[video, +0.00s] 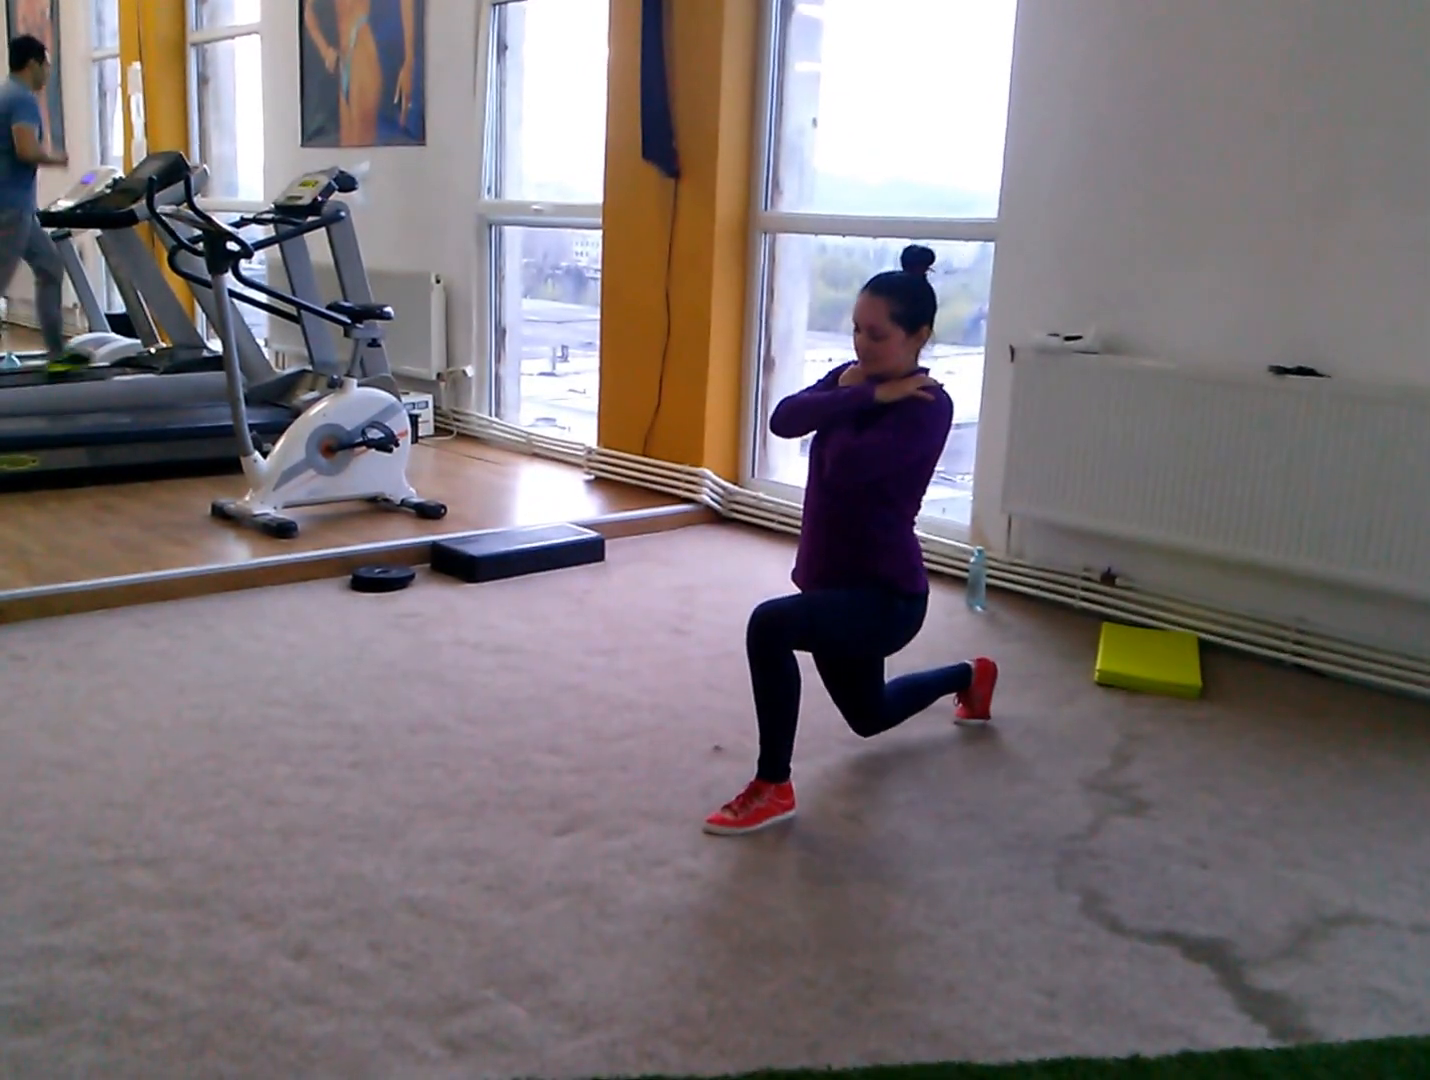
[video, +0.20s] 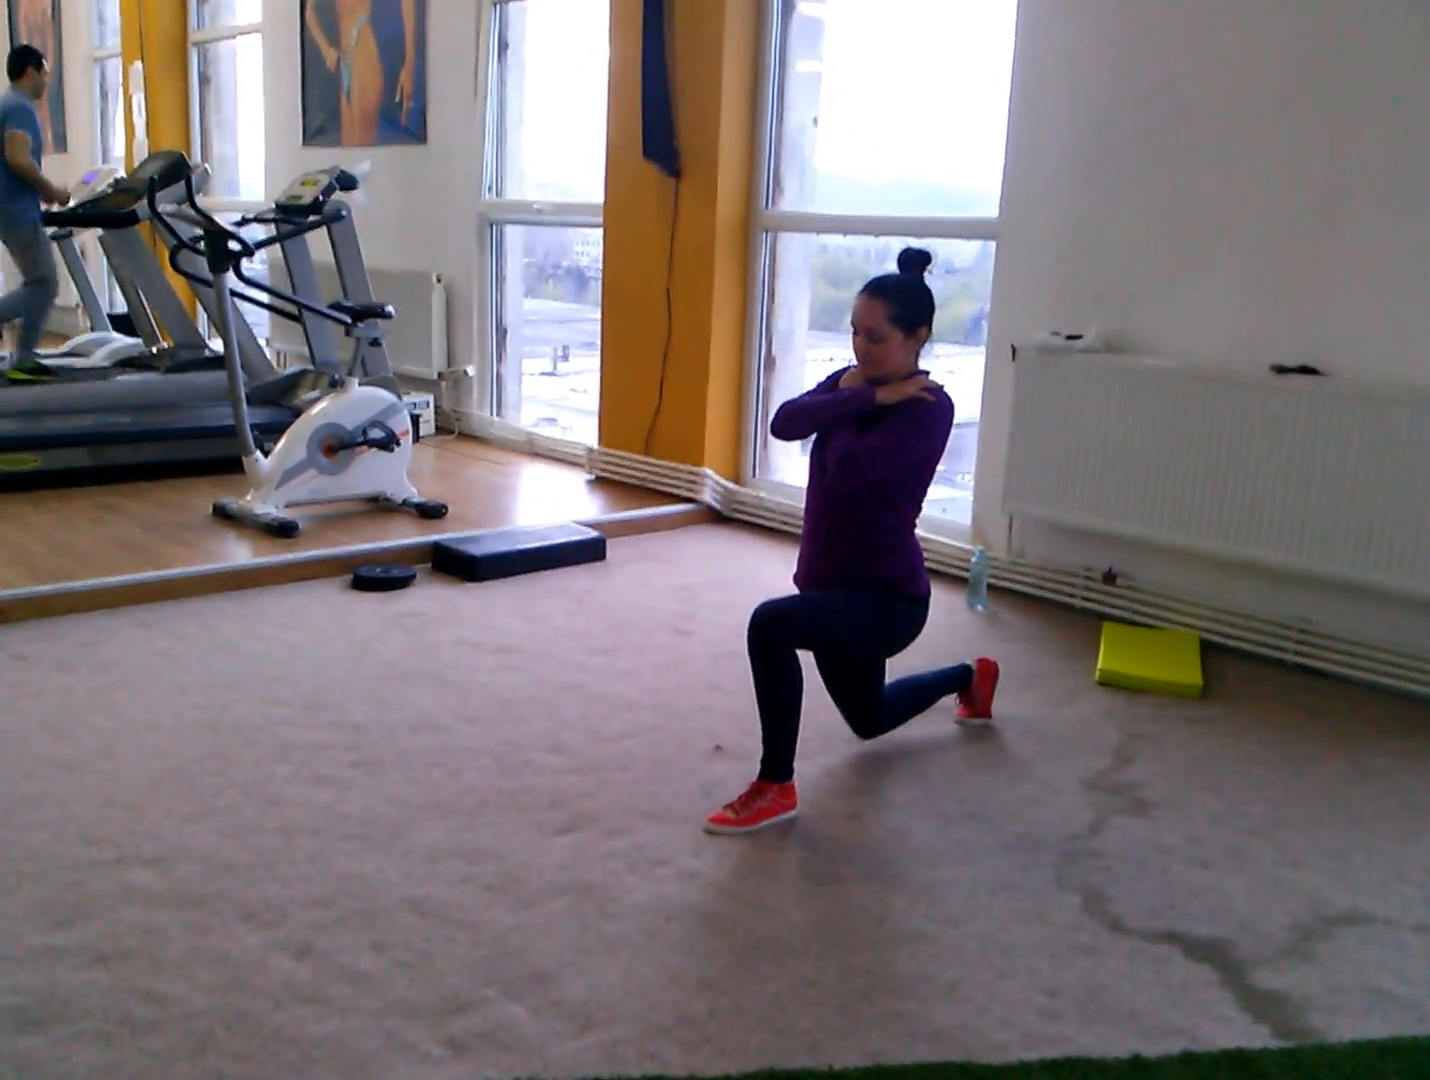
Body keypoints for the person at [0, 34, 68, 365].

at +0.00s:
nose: (47, 72)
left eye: (47, 64)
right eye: (45, 64)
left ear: (20, 65)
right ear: (32, 64)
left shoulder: (11, 95)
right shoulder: (20, 99)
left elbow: (22, 149)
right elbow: (26, 150)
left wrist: (48, 155)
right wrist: (56, 158)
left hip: (16, 210)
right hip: (12, 211)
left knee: (50, 268)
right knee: (1, 285)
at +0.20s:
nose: (47, 79)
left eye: (46, 72)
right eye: (43, 72)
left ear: (21, 74)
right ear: (30, 72)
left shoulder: (14, 106)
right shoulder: (19, 109)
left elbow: (16, 161)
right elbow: (17, 159)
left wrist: (45, 189)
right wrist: (50, 188)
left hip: (17, 210)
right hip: (15, 211)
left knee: (41, 283)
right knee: (43, 283)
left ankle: (25, 357)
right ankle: (23, 358)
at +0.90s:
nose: (59, 75)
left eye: (59, 68)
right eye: (57, 68)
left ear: (29, 69)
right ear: (45, 68)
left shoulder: (14, 99)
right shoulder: (38, 102)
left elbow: (25, 152)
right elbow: (38, 151)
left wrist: (59, 161)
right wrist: (67, 165)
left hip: (20, 205)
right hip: (29, 207)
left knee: (63, 278)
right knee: (46, 279)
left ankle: (57, 356)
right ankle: (2, 309)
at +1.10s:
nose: (65, 73)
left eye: (65, 66)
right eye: (62, 65)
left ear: (40, 65)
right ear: (49, 65)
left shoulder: (35, 99)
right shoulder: (30, 98)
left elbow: (39, 159)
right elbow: (15, 143)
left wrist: (75, 159)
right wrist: (52, 172)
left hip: (20, 208)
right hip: (33, 207)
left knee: (15, 281)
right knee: (82, 265)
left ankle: (2, 344)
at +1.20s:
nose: (70, 68)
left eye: (70, 61)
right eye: (66, 61)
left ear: (45, 61)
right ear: (51, 59)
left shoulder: (40, 94)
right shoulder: (32, 92)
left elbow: (42, 149)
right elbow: (12, 137)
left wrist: (76, 144)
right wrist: (53, 170)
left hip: (26, 201)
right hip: (39, 201)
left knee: (12, 277)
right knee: (76, 275)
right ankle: (93, 354)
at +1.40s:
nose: (76, 81)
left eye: (76, 74)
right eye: (74, 74)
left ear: (49, 75)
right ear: (60, 74)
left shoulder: (31, 106)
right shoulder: (47, 112)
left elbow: (33, 167)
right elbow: (50, 168)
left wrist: (72, 184)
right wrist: (83, 189)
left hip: (30, 209)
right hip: (41, 211)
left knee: (69, 278)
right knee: (71, 278)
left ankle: (19, 333)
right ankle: (29, 356)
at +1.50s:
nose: (77, 75)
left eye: (76, 68)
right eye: (75, 68)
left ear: (47, 66)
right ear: (63, 66)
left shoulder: (22, 99)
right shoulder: (56, 102)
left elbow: (3, 144)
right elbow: (64, 155)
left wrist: (28, 160)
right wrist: (93, 159)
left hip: (31, 204)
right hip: (46, 207)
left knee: (86, 264)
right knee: (34, 280)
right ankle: (2, 351)